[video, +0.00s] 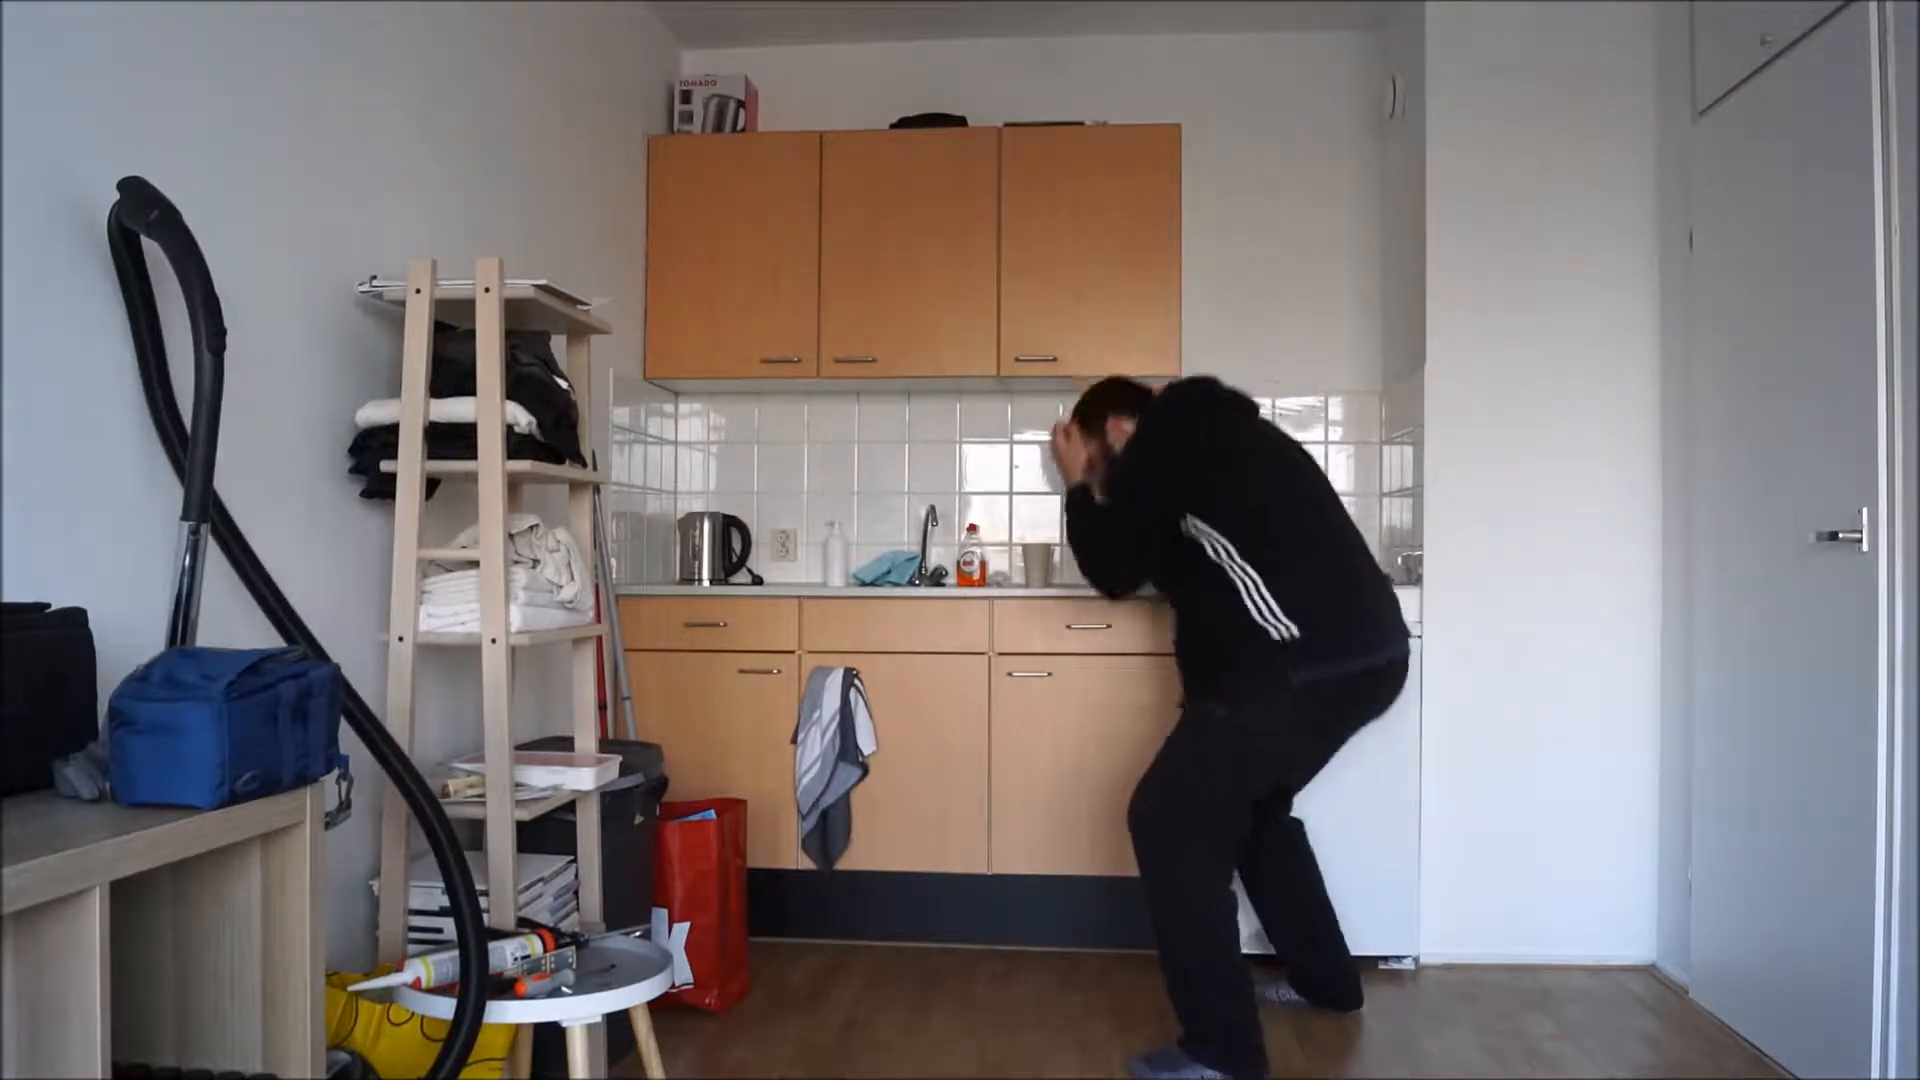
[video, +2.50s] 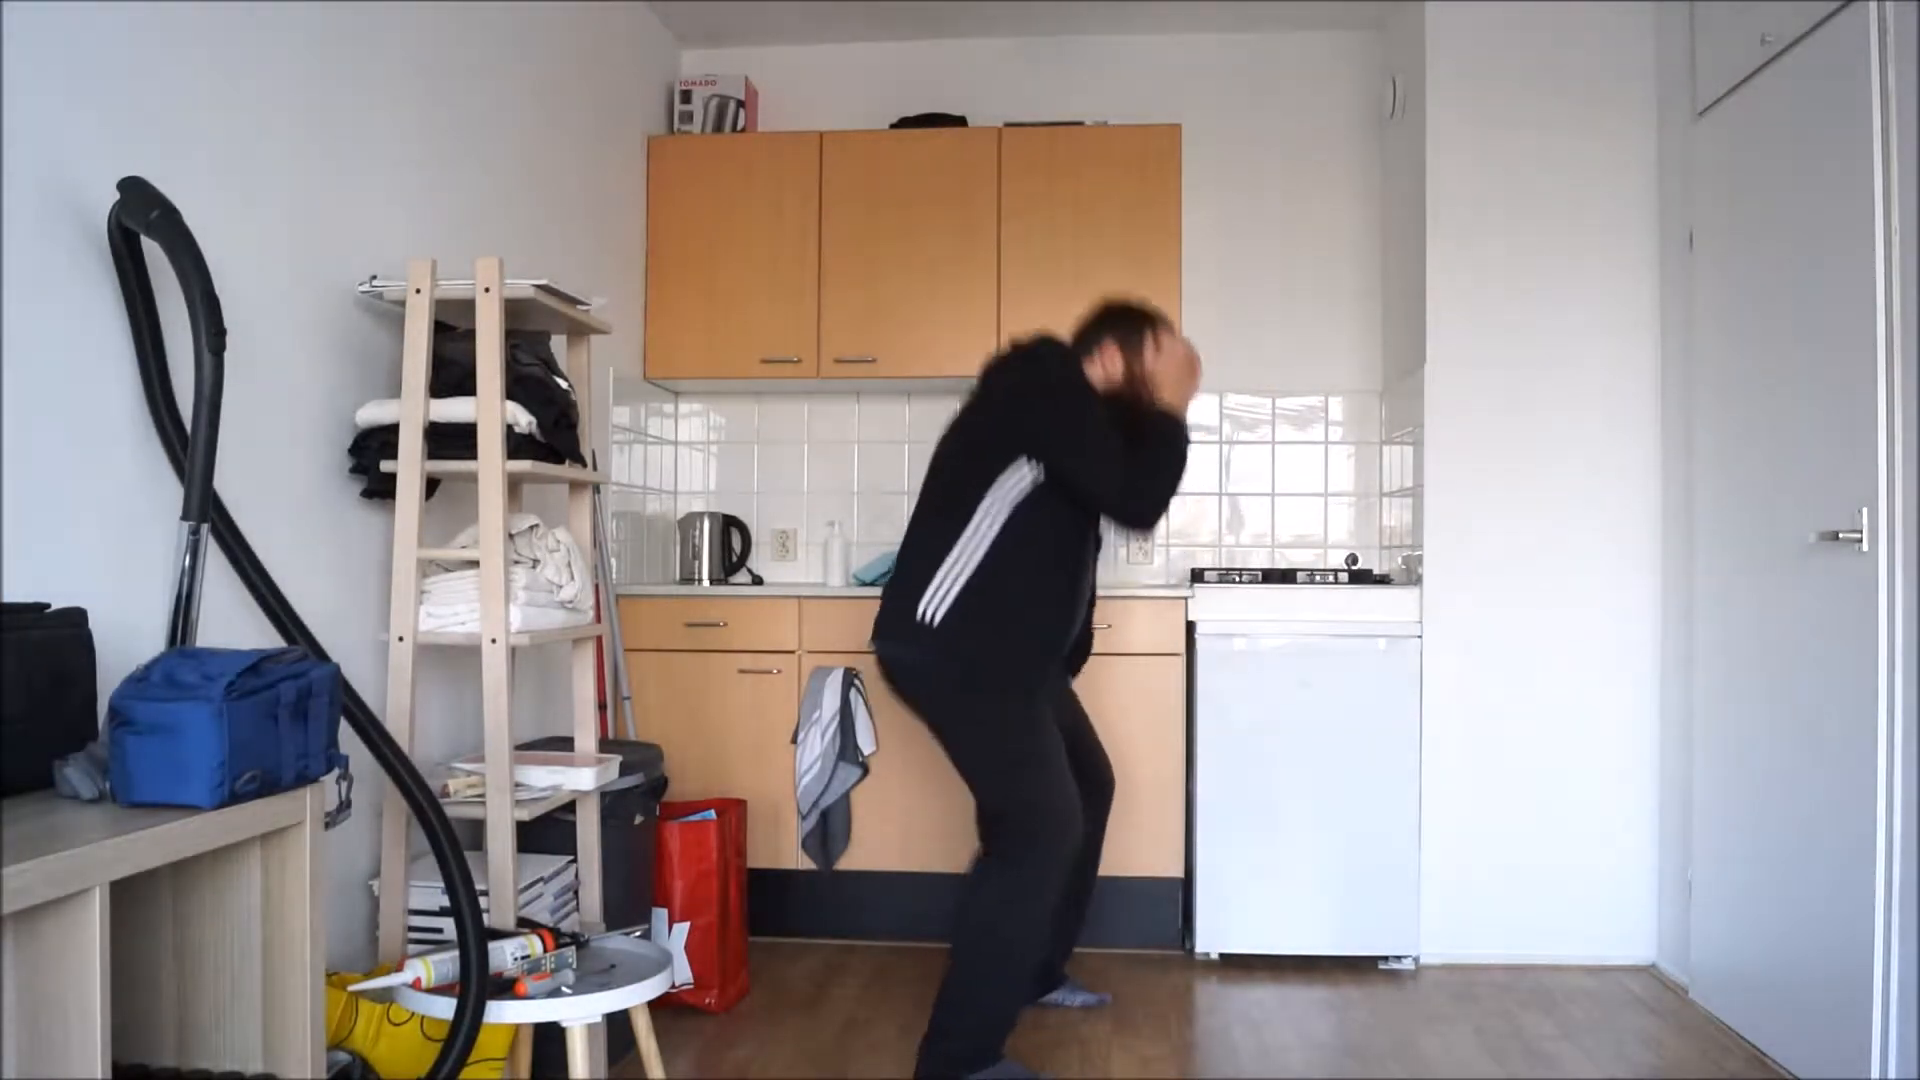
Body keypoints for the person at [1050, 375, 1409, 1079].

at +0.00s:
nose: (1097, 467)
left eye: (1095, 454)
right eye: (1095, 456)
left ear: (1120, 429)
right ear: (1151, 409)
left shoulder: (1154, 456)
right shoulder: (1235, 426)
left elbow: (1111, 572)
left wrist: (1080, 486)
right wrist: (1112, 483)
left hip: (1290, 664)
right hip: (1370, 652)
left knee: (1169, 817)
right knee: (1253, 809)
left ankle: (1223, 1049)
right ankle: (1326, 980)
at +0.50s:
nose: (1104, 316)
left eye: (1111, 300)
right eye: (1101, 302)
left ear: (1158, 285)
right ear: (1173, 279)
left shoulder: (1206, 335)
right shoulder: (1229, 326)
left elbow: (1101, 431)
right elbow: (1118, 422)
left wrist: (1079, 328)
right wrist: (1104, 333)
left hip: (1251, 619)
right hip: (1278, 610)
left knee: (1184, 815)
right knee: (1229, 801)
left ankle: (1222, 1047)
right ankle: (1303, 981)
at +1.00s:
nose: (1090, 293)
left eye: (1093, 288)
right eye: (1098, 287)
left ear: (1107, 292)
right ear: (1174, 285)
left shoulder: (1092, 332)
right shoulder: (1246, 337)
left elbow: (1046, 422)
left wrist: (1077, 318)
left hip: (1151, 613)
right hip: (1267, 610)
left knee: (1087, 817)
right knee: (1259, 807)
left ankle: (1063, 1028)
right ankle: (1300, 1015)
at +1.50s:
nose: (1141, 284)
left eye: (1139, 272)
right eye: (1138, 273)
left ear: (1051, 263)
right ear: (1112, 266)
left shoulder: (982, 336)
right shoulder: (1122, 322)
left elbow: (993, 456)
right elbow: (1207, 412)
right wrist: (1161, 312)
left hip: (993, 613)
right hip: (1082, 615)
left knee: (1063, 819)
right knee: (1101, 827)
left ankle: (1072, 1025)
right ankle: (966, 1045)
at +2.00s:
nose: (1138, 286)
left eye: (1139, 270)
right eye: (1131, 269)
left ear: (1077, 262)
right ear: (1085, 262)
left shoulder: (1057, 324)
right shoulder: (1025, 307)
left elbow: (1138, 424)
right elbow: (1151, 403)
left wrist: (1148, 309)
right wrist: (1153, 298)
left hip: (1018, 610)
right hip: (969, 612)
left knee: (1067, 782)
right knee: (1020, 807)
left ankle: (1030, 976)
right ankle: (956, 1053)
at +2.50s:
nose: (1164, 389)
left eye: (1166, 376)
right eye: (1159, 373)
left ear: (1106, 356)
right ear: (1113, 357)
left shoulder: (1073, 401)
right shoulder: (1041, 381)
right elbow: (1135, 502)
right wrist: (1170, 408)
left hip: (1008, 650)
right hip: (952, 649)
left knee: (1087, 790)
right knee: (1040, 827)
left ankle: (1033, 974)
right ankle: (956, 1057)